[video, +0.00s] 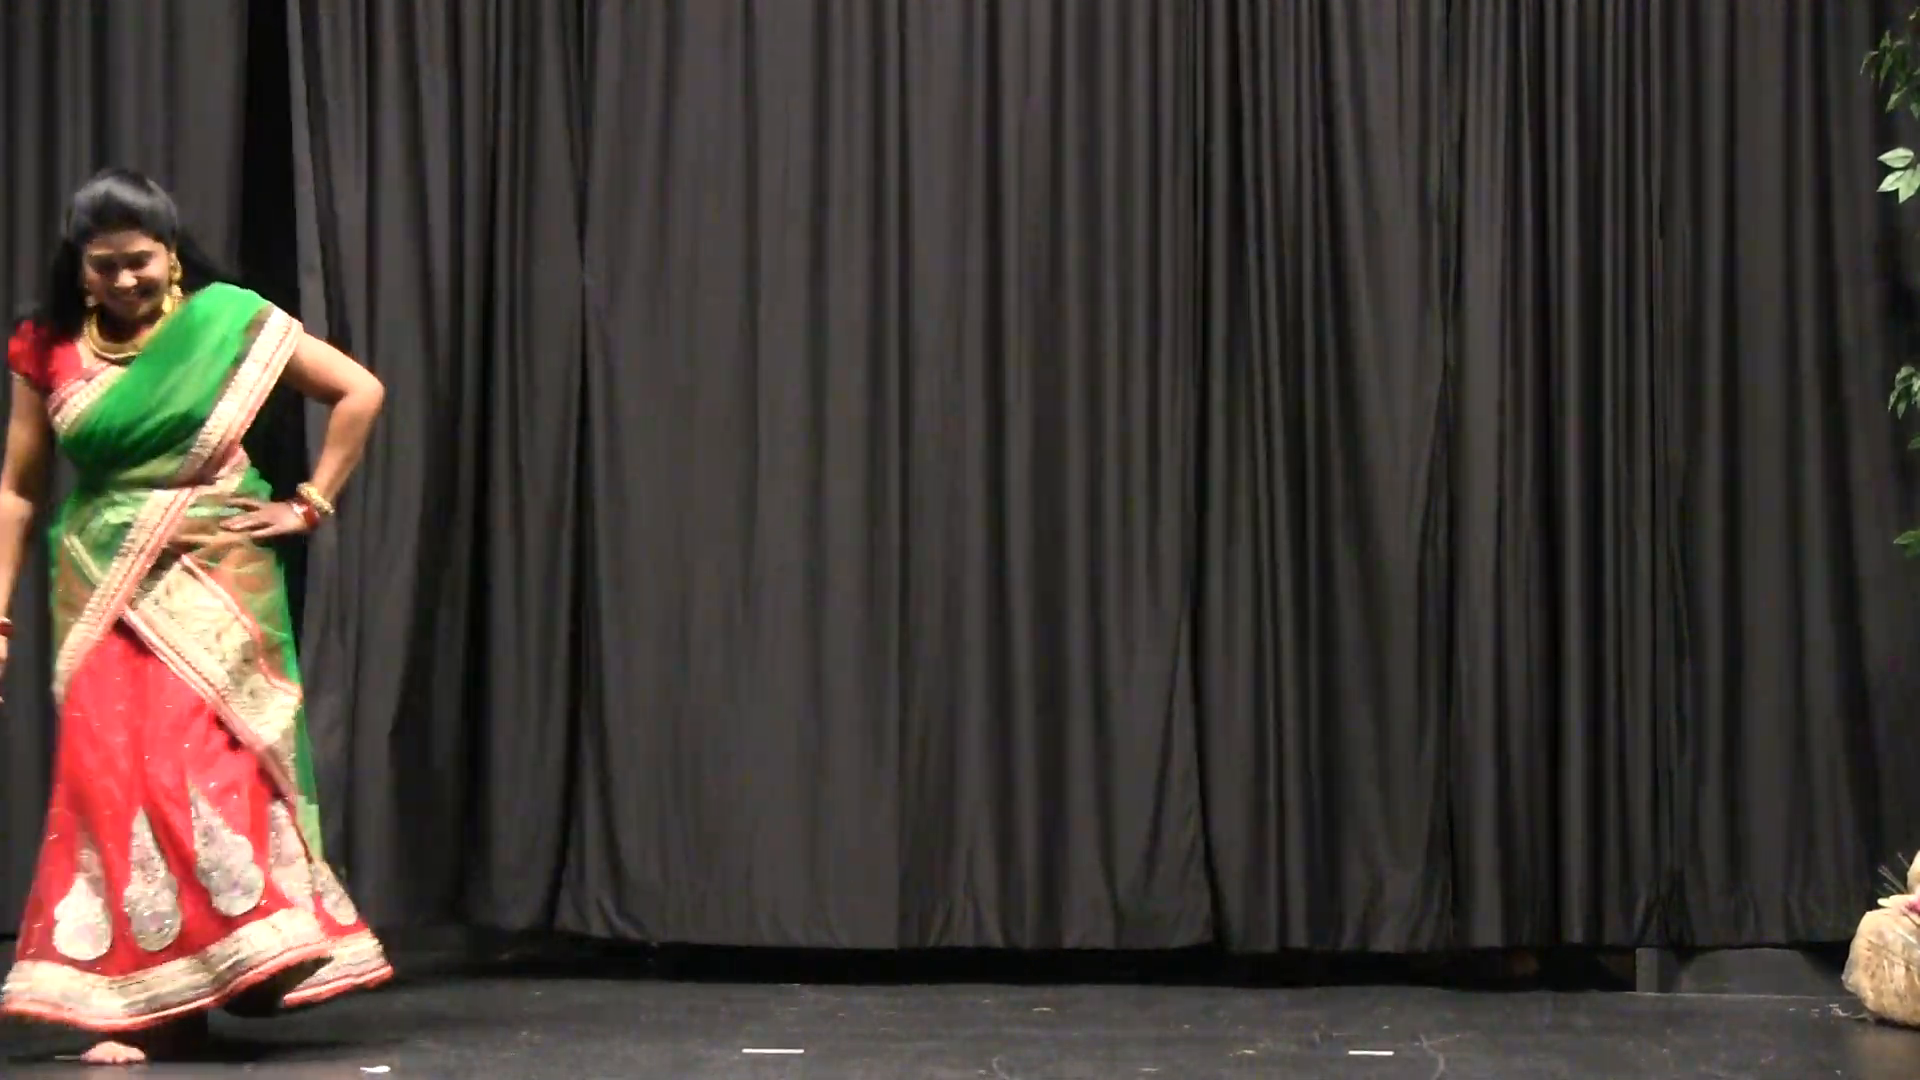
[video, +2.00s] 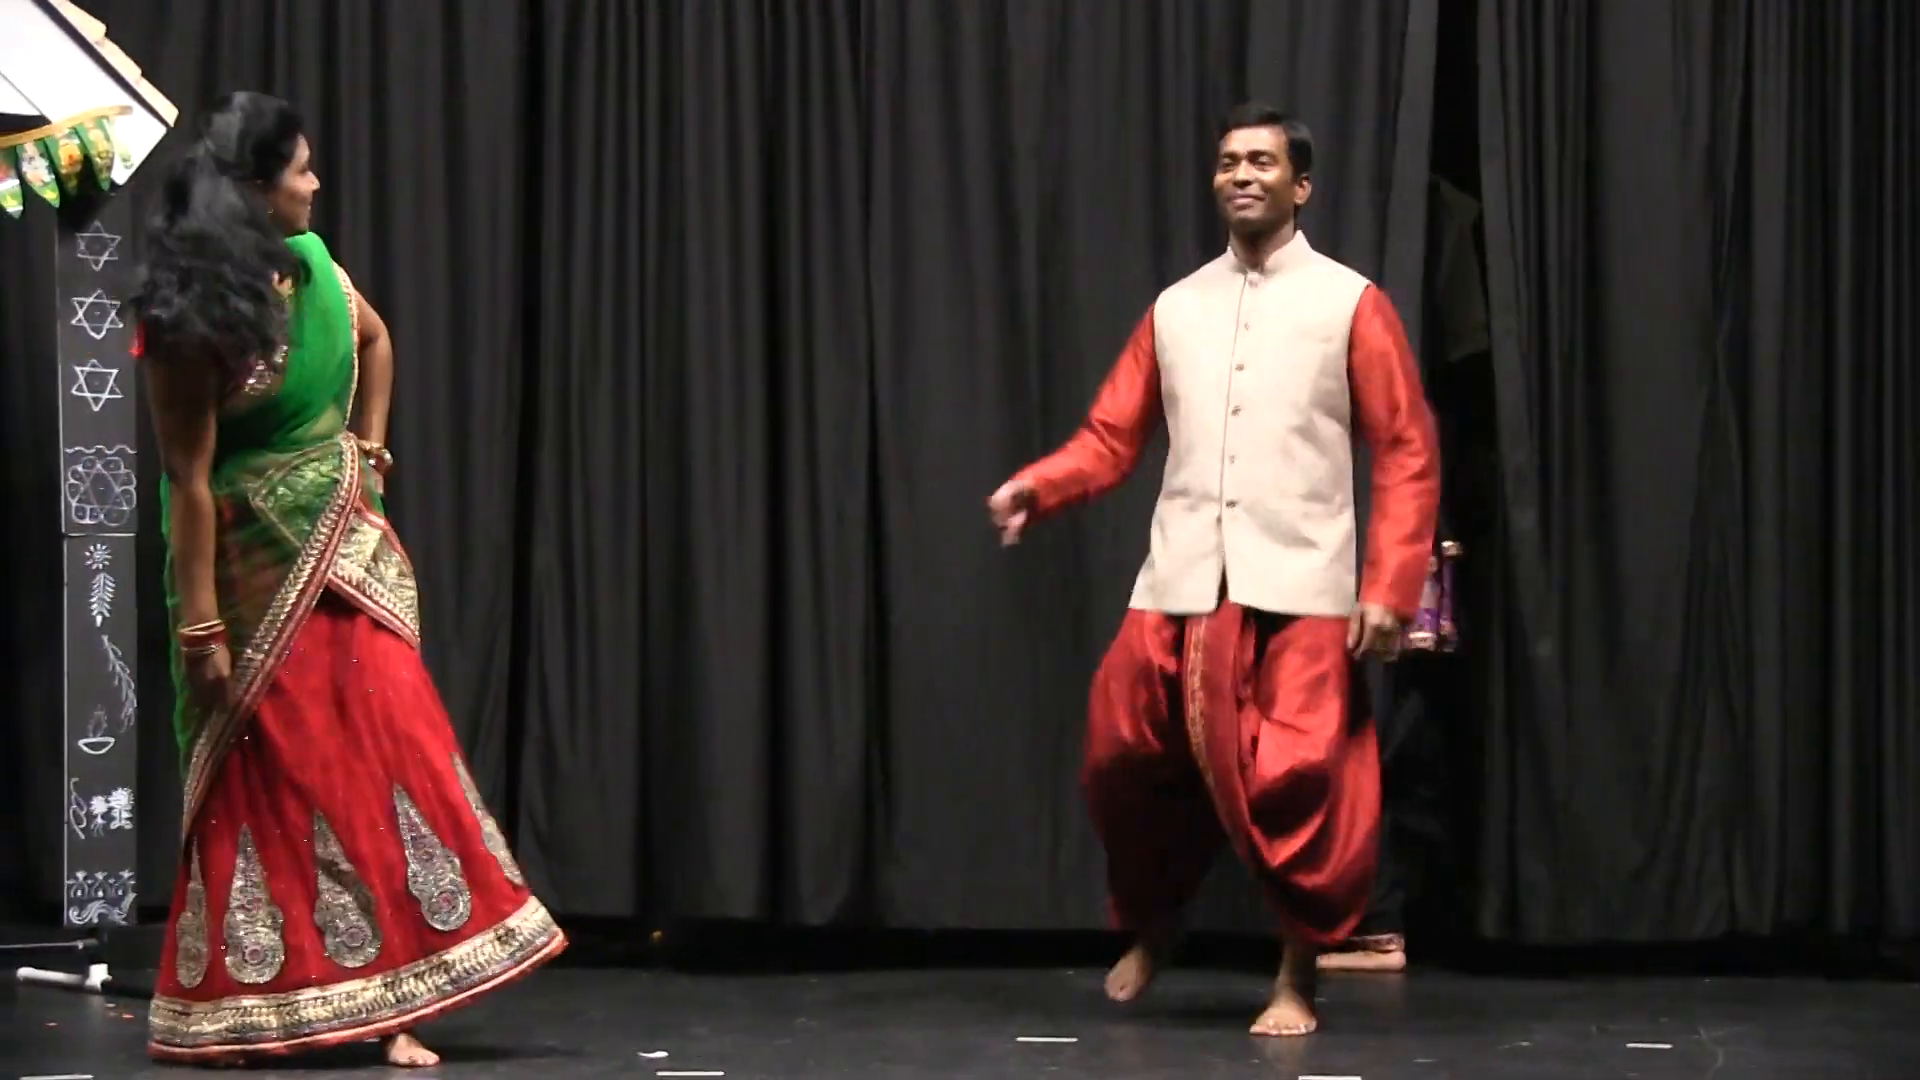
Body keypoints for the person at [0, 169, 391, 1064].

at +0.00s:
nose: (128, 281)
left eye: (143, 263)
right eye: (108, 266)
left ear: (175, 257)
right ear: (80, 267)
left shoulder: (224, 318)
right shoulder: (49, 352)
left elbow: (359, 391)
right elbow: (18, 488)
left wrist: (315, 499)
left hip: (215, 574)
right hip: (102, 581)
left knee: (192, 772)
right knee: (101, 776)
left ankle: (187, 988)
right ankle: (126, 1011)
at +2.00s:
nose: (315, 184)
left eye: (312, 169)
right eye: (301, 170)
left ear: (278, 181)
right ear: (248, 182)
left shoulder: (306, 256)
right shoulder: (189, 303)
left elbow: (373, 337)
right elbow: (189, 473)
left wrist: (369, 455)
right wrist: (198, 621)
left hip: (346, 539)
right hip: (252, 558)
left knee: (393, 753)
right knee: (269, 769)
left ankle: (389, 1008)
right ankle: (251, 1008)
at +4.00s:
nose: (419, 256)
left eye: (420, 244)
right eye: (403, 243)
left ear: (416, 256)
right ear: (358, 253)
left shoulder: (448, 325)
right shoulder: (306, 344)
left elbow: (539, 384)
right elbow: (281, 459)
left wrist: (511, 461)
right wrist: (275, 569)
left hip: (452, 531)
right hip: (362, 544)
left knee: (480, 688)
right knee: (369, 704)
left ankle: (535, 880)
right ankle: (375, 891)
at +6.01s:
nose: (483, 324)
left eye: (486, 315)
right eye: (468, 316)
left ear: (491, 321)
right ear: (433, 327)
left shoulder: (516, 372)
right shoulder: (407, 392)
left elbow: (604, 418)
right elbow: (312, 391)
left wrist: (589, 500)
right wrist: (359, 338)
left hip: (536, 548)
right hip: (461, 560)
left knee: (570, 673)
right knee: (448, 685)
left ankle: (687, 800)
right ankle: (478, 833)